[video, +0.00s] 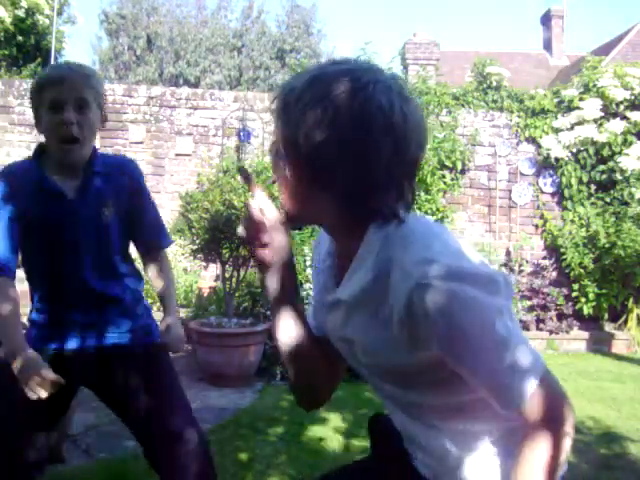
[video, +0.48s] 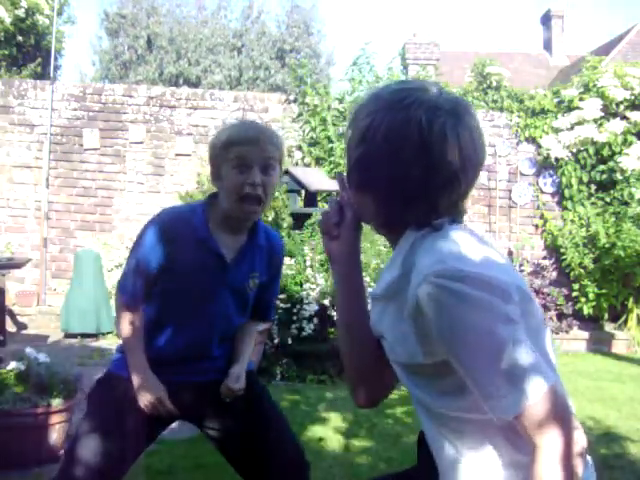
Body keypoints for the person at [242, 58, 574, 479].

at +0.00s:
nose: (273, 164)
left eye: (282, 151)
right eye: (276, 150)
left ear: (326, 162)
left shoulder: (433, 284)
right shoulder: (333, 245)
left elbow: (552, 417)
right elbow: (313, 390)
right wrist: (277, 270)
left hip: (484, 472)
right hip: (413, 450)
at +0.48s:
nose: (345, 179)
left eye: (351, 164)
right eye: (350, 163)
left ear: (373, 178)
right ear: (456, 177)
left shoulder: (448, 277)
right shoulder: (413, 259)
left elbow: (556, 435)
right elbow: (368, 388)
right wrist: (344, 259)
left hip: (510, 471)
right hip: (456, 464)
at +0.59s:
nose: (353, 166)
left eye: (359, 152)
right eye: (358, 152)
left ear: (375, 173)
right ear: (469, 170)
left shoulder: (451, 272)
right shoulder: (420, 255)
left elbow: (559, 432)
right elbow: (372, 385)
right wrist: (349, 256)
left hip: (517, 472)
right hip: (473, 465)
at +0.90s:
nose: (361, 161)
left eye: (366, 145)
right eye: (365, 145)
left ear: (381, 165)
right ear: (463, 166)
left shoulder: (451, 261)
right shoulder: (425, 248)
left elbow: (568, 418)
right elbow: (376, 374)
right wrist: (354, 246)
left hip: (527, 471)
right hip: (484, 465)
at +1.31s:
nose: (389, 150)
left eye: (414, 141)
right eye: (375, 136)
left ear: (447, 178)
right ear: (351, 158)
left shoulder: (466, 272)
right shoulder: (379, 253)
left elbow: (569, 421)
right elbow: (353, 389)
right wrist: (326, 283)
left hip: (526, 472)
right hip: (455, 464)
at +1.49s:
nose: (382, 153)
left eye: (406, 143)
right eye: (365, 139)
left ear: (439, 180)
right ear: (341, 163)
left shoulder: (464, 271)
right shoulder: (367, 258)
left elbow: (562, 420)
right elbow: (375, 392)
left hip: (517, 470)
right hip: (445, 463)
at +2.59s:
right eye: (467, 17)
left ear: (373, 15)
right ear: (460, 16)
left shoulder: (325, 85)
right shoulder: (478, 64)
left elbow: (307, 218)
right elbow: (519, 153)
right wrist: (497, 237)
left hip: (336, 345)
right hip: (446, 350)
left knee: (333, 471)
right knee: (449, 470)